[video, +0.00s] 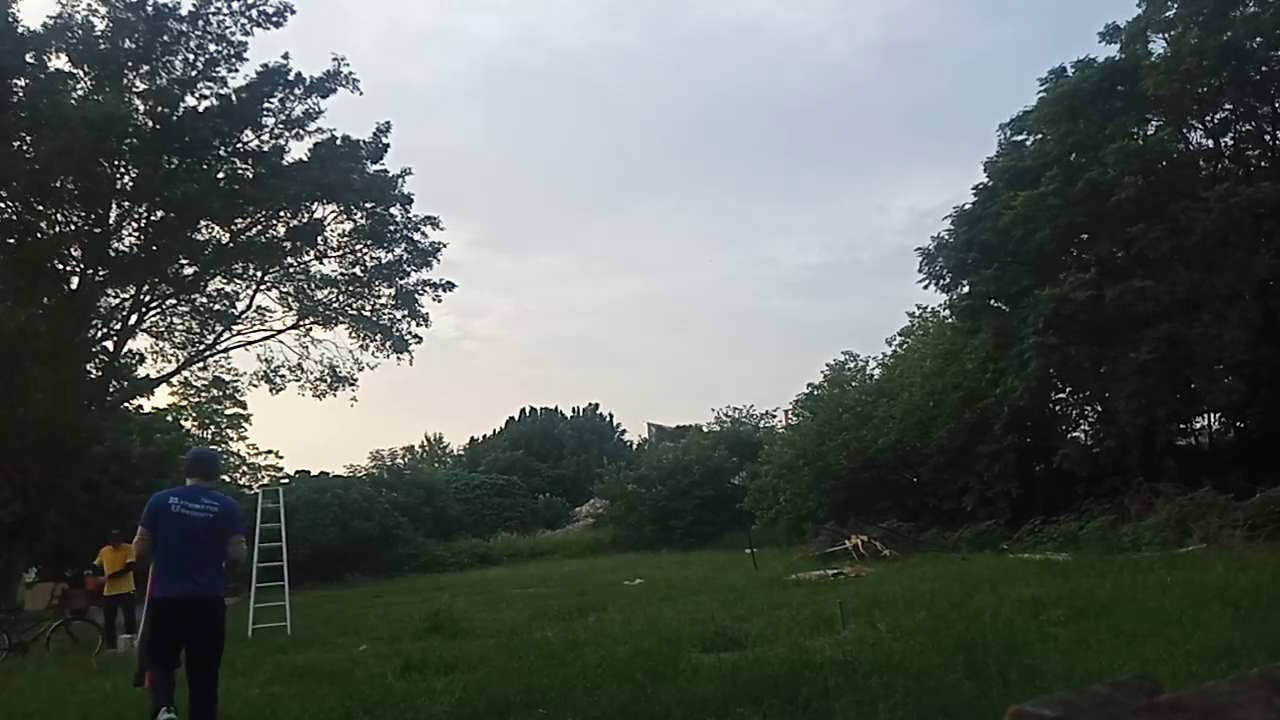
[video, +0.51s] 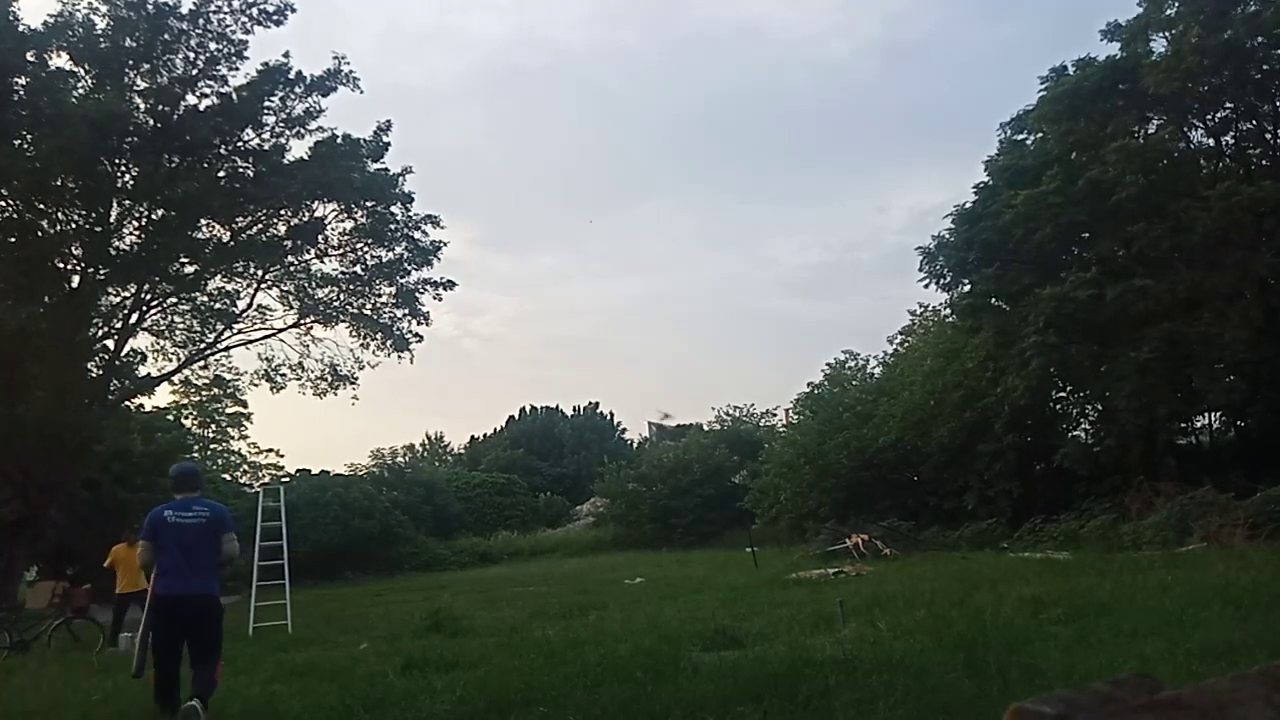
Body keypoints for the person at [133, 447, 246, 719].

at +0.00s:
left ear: (186, 472)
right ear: (216, 474)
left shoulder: (160, 501)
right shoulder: (228, 506)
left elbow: (140, 550)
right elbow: (237, 553)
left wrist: (167, 546)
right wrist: (212, 545)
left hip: (166, 602)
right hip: (208, 605)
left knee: (161, 664)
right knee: (204, 677)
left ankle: (164, 708)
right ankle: (203, 715)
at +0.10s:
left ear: (186, 471)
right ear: (216, 472)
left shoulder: (163, 500)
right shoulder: (229, 504)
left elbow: (142, 549)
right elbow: (240, 552)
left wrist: (168, 540)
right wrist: (221, 537)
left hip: (167, 599)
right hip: (209, 601)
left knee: (167, 666)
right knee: (205, 672)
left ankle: (168, 713)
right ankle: (202, 714)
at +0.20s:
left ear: (185, 475)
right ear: (214, 476)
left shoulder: (163, 505)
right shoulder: (228, 508)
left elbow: (146, 552)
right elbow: (241, 554)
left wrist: (172, 544)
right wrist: (221, 541)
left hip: (170, 602)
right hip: (209, 603)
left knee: (168, 667)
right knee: (204, 672)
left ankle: (168, 714)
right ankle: (202, 714)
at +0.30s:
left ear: (181, 483)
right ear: (208, 483)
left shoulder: (160, 515)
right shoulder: (224, 515)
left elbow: (144, 561)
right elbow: (238, 558)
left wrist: (168, 550)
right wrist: (217, 548)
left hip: (170, 608)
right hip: (209, 608)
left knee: (167, 674)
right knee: (202, 676)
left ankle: (166, 714)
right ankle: (199, 715)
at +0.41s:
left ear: (176, 486)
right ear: (203, 485)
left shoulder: (158, 518)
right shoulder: (219, 516)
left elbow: (144, 564)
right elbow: (235, 558)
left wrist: (168, 553)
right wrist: (212, 551)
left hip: (169, 609)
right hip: (207, 609)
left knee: (169, 674)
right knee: (203, 674)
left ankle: (168, 714)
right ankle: (200, 715)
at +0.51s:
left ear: (173, 485)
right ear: (200, 484)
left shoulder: (157, 515)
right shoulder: (217, 512)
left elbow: (144, 559)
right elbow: (231, 551)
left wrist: (165, 565)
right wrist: (209, 564)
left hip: (166, 600)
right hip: (204, 600)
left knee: (166, 661)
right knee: (206, 657)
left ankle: (167, 711)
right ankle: (198, 700)